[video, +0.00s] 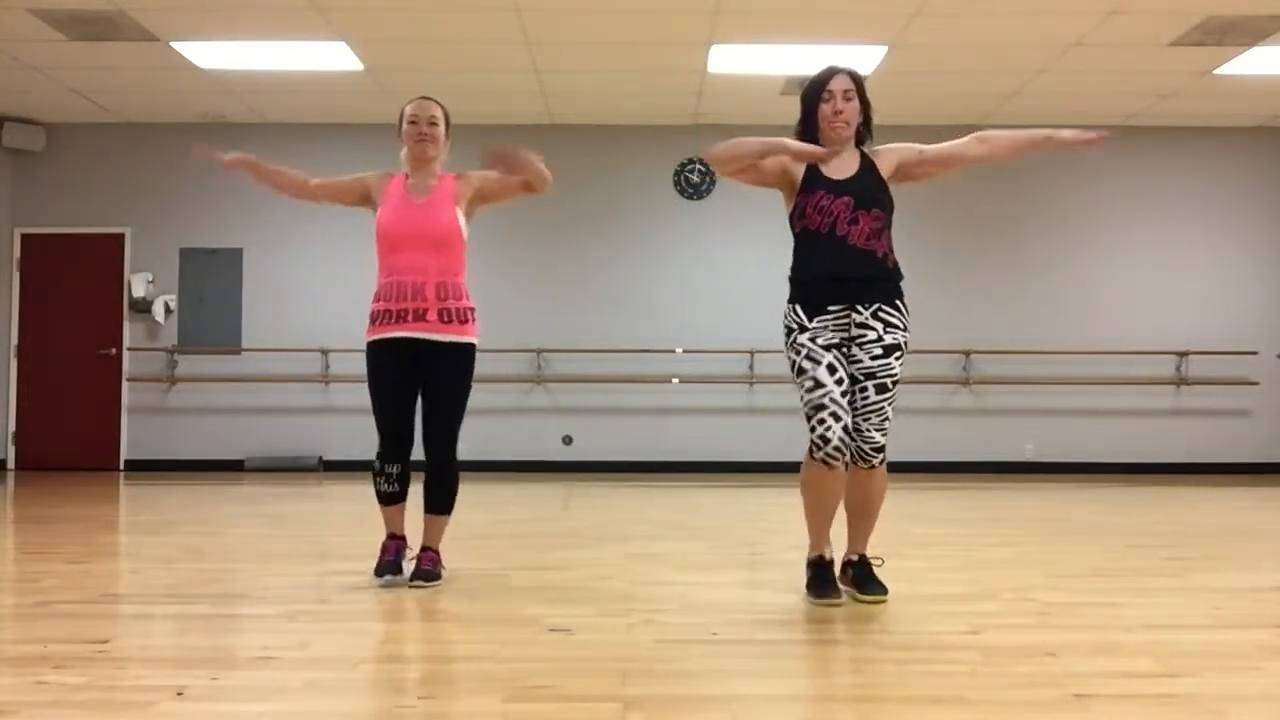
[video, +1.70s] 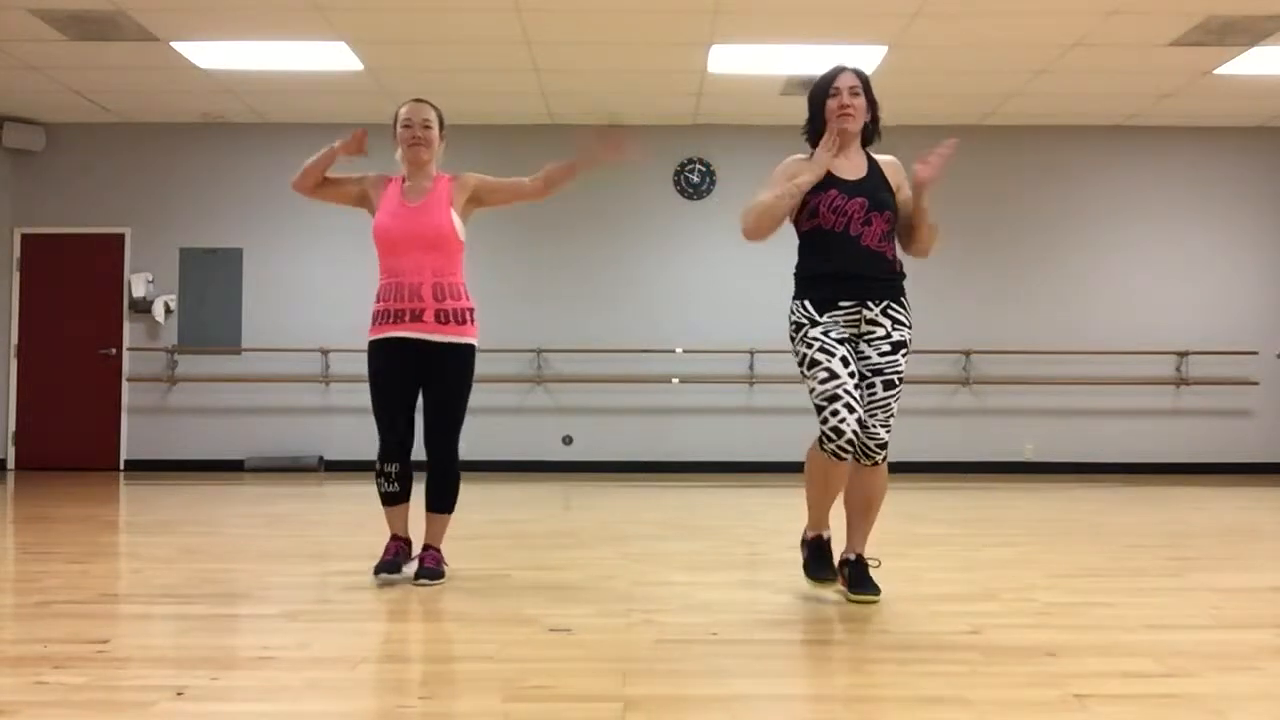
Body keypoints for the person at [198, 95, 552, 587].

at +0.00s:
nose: (423, 128)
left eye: (432, 121)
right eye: (414, 121)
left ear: (446, 136)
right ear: (400, 135)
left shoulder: (466, 185)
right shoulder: (379, 185)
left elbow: (538, 184)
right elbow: (308, 187)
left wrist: (523, 161)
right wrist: (251, 165)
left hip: (450, 334)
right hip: (391, 333)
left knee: (440, 447)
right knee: (394, 444)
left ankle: (430, 551)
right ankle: (394, 542)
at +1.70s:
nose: (416, 131)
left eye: (426, 125)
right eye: (407, 124)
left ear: (441, 138)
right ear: (395, 137)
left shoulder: (463, 187)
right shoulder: (375, 188)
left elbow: (536, 185)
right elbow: (304, 184)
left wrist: (592, 156)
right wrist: (337, 149)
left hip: (451, 336)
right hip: (392, 335)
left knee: (441, 446)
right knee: (394, 443)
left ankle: (432, 549)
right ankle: (398, 542)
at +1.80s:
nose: (416, 138)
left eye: (426, 132)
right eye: (408, 132)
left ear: (441, 144)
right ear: (395, 143)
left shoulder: (462, 191)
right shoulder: (376, 191)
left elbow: (533, 186)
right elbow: (303, 183)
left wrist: (541, 136)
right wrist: (345, 145)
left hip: (453, 339)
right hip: (393, 338)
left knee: (447, 448)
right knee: (397, 447)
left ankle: (433, 548)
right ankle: (397, 543)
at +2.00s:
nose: (416, 133)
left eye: (426, 128)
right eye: (407, 126)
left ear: (440, 141)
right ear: (395, 139)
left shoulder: (458, 187)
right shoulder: (375, 188)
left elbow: (512, 142)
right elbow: (311, 155)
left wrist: (462, 107)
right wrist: (366, 118)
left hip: (449, 337)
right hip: (390, 336)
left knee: (440, 444)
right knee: (395, 447)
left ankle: (433, 549)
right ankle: (402, 550)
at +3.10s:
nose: (413, 134)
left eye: (423, 128)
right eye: (405, 129)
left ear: (439, 141)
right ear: (393, 141)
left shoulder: (457, 187)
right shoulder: (378, 186)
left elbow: (499, 125)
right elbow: (333, 124)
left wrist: (540, 68)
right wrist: (289, 71)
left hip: (442, 338)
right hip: (384, 334)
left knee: (428, 446)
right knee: (391, 446)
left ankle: (430, 547)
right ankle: (400, 550)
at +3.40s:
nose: (415, 129)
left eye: (424, 123)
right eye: (407, 124)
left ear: (440, 137)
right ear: (395, 137)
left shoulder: (462, 185)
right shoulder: (379, 184)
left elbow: (532, 145)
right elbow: (319, 152)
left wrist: (603, 110)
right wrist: (264, 122)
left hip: (447, 337)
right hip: (388, 335)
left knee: (439, 446)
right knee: (394, 444)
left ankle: (430, 550)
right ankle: (399, 545)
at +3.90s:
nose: (413, 126)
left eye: (422, 122)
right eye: (404, 121)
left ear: (436, 139)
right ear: (390, 138)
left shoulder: (458, 189)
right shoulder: (371, 189)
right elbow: (293, 191)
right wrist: (227, 197)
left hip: (444, 331)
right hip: (385, 331)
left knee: (430, 439)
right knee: (390, 442)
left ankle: (435, 543)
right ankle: (398, 549)